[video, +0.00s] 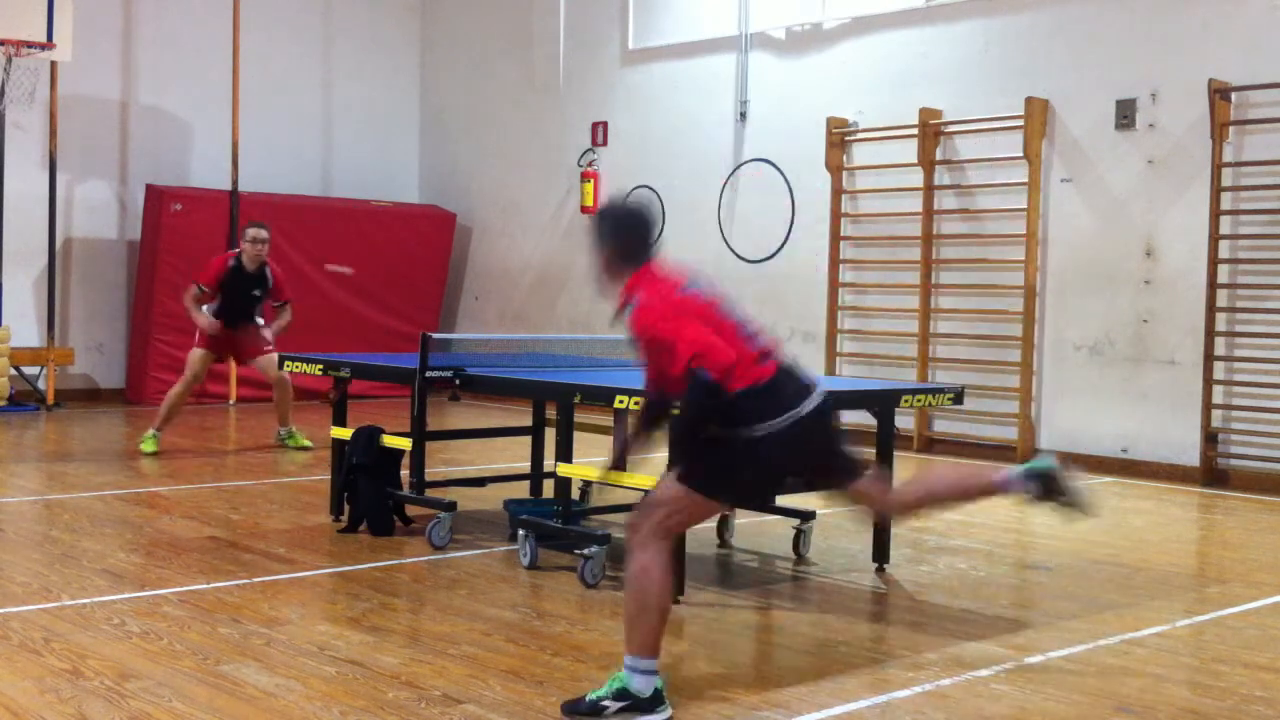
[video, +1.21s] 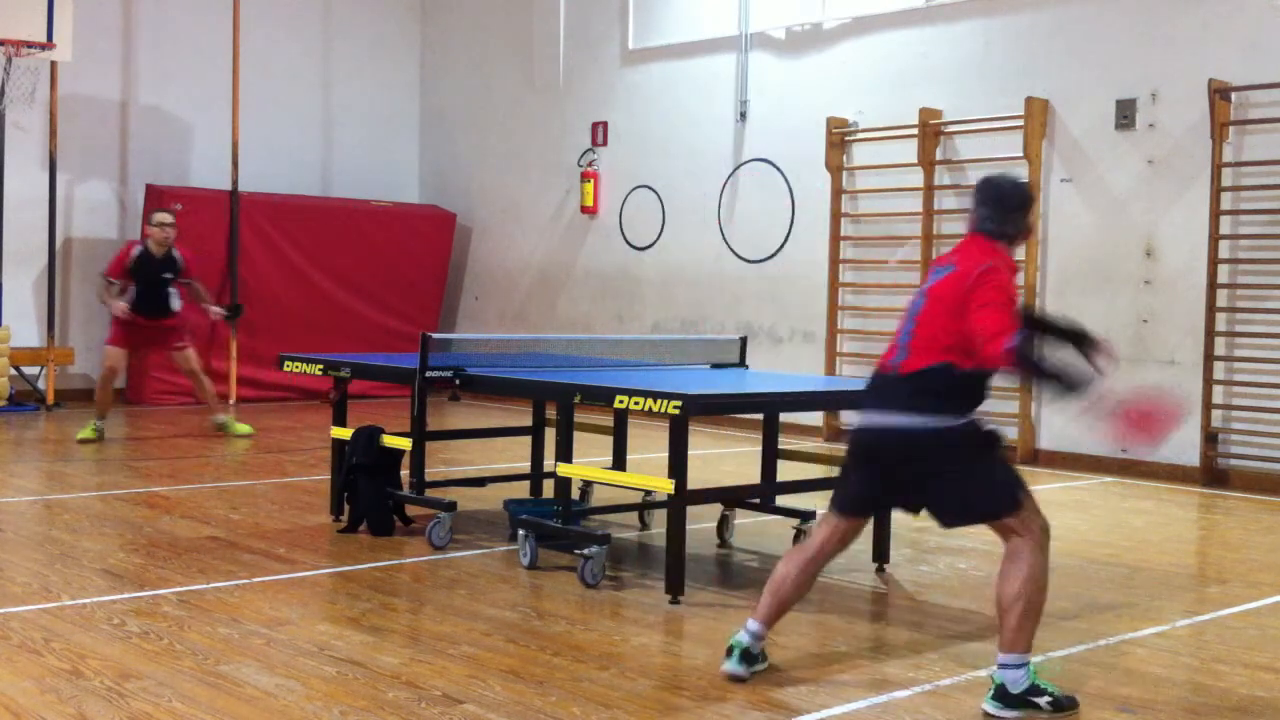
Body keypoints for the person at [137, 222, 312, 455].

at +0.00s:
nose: (259, 247)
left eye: (264, 243)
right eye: (253, 242)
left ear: (269, 246)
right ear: (242, 244)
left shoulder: (271, 273)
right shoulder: (223, 265)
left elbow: (286, 312)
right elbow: (191, 298)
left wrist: (270, 331)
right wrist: (201, 319)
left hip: (248, 330)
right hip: (216, 327)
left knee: (281, 378)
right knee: (192, 377)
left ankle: (286, 432)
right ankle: (154, 432)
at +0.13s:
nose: (253, 241)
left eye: (258, 236)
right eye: (248, 235)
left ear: (266, 239)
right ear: (239, 235)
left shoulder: (270, 266)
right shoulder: (224, 254)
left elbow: (291, 308)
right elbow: (191, 268)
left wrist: (262, 311)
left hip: (252, 329)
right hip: (216, 325)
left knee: (283, 376)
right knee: (190, 373)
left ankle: (286, 431)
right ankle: (155, 430)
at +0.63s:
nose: (223, 227)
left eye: (228, 222)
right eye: (217, 221)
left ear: (233, 227)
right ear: (207, 225)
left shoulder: (239, 255)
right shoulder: (194, 250)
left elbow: (261, 287)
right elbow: (169, 274)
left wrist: (261, 306)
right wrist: (158, 306)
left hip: (231, 318)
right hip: (196, 317)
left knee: (256, 359)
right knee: (187, 371)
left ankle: (275, 422)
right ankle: (190, 422)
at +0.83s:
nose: (213, 218)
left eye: (218, 213)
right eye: (208, 213)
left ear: (223, 217)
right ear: (196, 216)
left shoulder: (230, 244)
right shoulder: (184, 240)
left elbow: (246, 277)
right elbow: (168, 265)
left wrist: (250, 303)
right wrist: (169, 295)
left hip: (221, 311)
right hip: (186, 308)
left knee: (235, 363)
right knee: (166, 357)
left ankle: (237, 414)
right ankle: (168, 412)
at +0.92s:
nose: (209, 225)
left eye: (213, 221)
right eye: (204, 220)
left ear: (218, 224)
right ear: (193, 224)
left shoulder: (227, 251)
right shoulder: (179, 247)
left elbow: (245, 282)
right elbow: (165, 274)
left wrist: (251, 306)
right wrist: (165, 302)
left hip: (217, 315)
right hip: (181, 312)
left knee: (232, 367)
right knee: (156, 361)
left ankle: (234, 419)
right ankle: (135, 418)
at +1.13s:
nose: (183, 235)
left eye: (187, 230)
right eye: (177, 229)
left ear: (192, 234)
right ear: (165, 233)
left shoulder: (196, 259)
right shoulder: (151, 256)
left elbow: (212, 286)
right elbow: (133, 286)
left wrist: (228, 308)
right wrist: (132, 309)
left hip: (189, 323)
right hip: (152, 322)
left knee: (215, 368)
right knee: (126, 369)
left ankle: (232, 420)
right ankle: (101, 424)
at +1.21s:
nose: (167, 232)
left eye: (171, 227)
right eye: (161, 226)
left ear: (176, 231)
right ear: (148, 230)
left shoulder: (178, 258)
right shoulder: (132, 253)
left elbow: (191, 284)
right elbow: (107, 286)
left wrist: (210, 306)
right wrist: (113, 302)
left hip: (168, 323)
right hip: (131, 321)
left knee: (195, 369)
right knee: (109, 370)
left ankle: (221, 419)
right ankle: (98, 425)